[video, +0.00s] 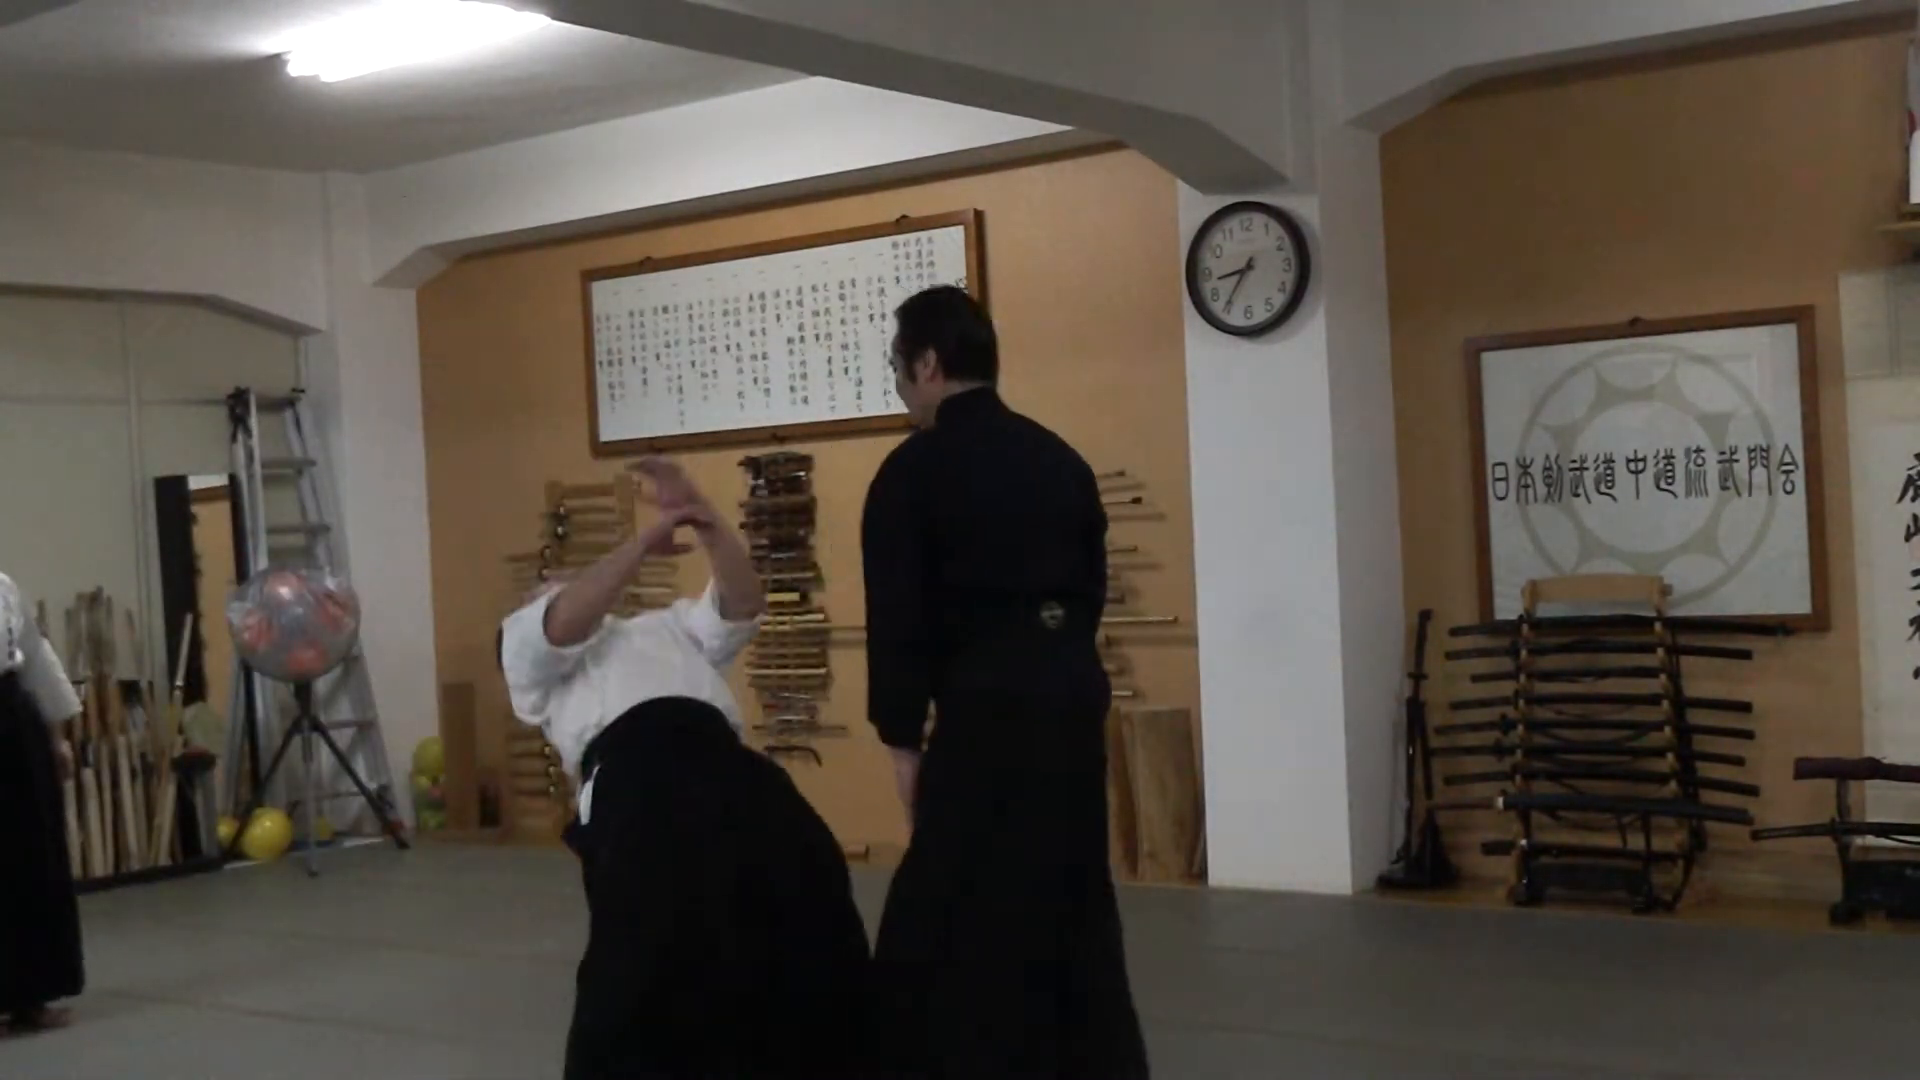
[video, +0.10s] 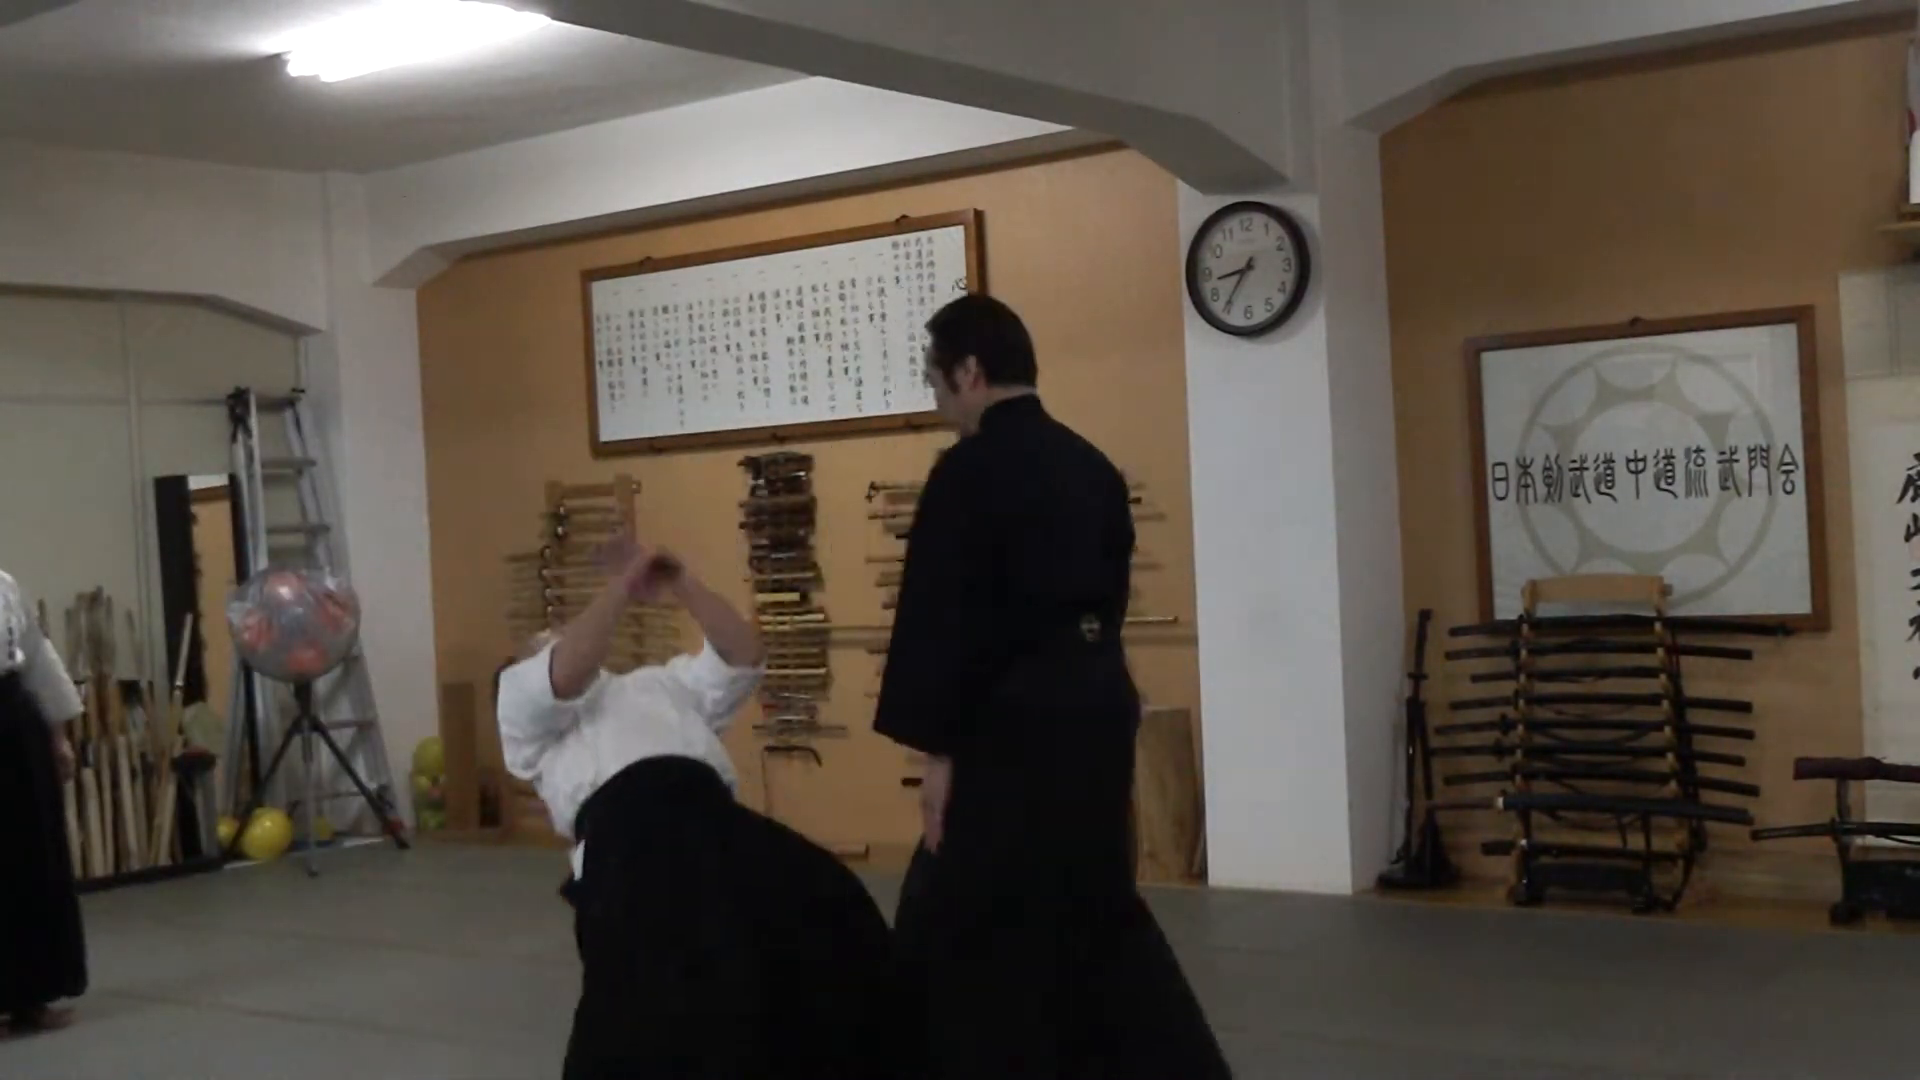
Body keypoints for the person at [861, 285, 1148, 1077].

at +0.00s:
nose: (902, 386)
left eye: (903, 369)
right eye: (901, 370)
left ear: (928, 367)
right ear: (985, 361)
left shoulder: (911, 469)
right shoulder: (1060, 457)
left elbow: (897, 619)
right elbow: (1087, 596)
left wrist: (904, 746)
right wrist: (1052, 681)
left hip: (975, 716)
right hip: (1070, 709)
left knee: (957, 903)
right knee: (1068, 899)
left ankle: (966, 1065)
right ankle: (1081, 1062)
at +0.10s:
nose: (941, 399)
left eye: (941, 381)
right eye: (937, 382)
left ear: (970, 371)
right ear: (1023, 367)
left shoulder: (966, 471)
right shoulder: (1089, 464)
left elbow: (941, 624)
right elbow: (1104, 610)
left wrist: (938, 761)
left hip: (1003, 731)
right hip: (1097, 716)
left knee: (971, 918)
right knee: (1094, 907)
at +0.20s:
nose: (984, 404)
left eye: (983, 383)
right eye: (979, 386)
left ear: (1019, 370)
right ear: (1061, 367)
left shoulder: (1025, 466)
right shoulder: (1135, 462)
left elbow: (995, 612)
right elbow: (1136, 611)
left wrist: (985, 750)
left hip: (1051, 731)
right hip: (1141, 717)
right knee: (1145, 916)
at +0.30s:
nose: (1023, 409)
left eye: (1023, 385)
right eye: (1017, 389)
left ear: (1064, 368)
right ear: (1085, 369)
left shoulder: (1081, 463)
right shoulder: (1175, 458)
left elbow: (1055, 610)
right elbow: (1184, 609)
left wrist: (1048, 744)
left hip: (1116, 739)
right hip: (1199, 723)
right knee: (1192, 928)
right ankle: (1216, 1069)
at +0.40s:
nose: (1062, 407)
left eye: (1061, 386)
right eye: (1055, 391)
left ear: (1104, 364)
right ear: (1124, 364)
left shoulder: (1129, 456)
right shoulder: (1207, 449)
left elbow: (1118, 606)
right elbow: (1221, 605)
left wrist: (1105, 751)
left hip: (1169, 733)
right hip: (1241, 719)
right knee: (1226, 936)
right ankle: (1232, 1068)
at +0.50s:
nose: (1095, 396)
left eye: (1096, 374)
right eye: (1089, 378)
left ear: (1140, 356)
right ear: (1154, 357)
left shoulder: (1173, 444)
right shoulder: (1230, 436)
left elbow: (1161, 601)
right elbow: (1244, 599)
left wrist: (1143, 740)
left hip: (1210, 726)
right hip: (1267, 715)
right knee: (1258, 935)